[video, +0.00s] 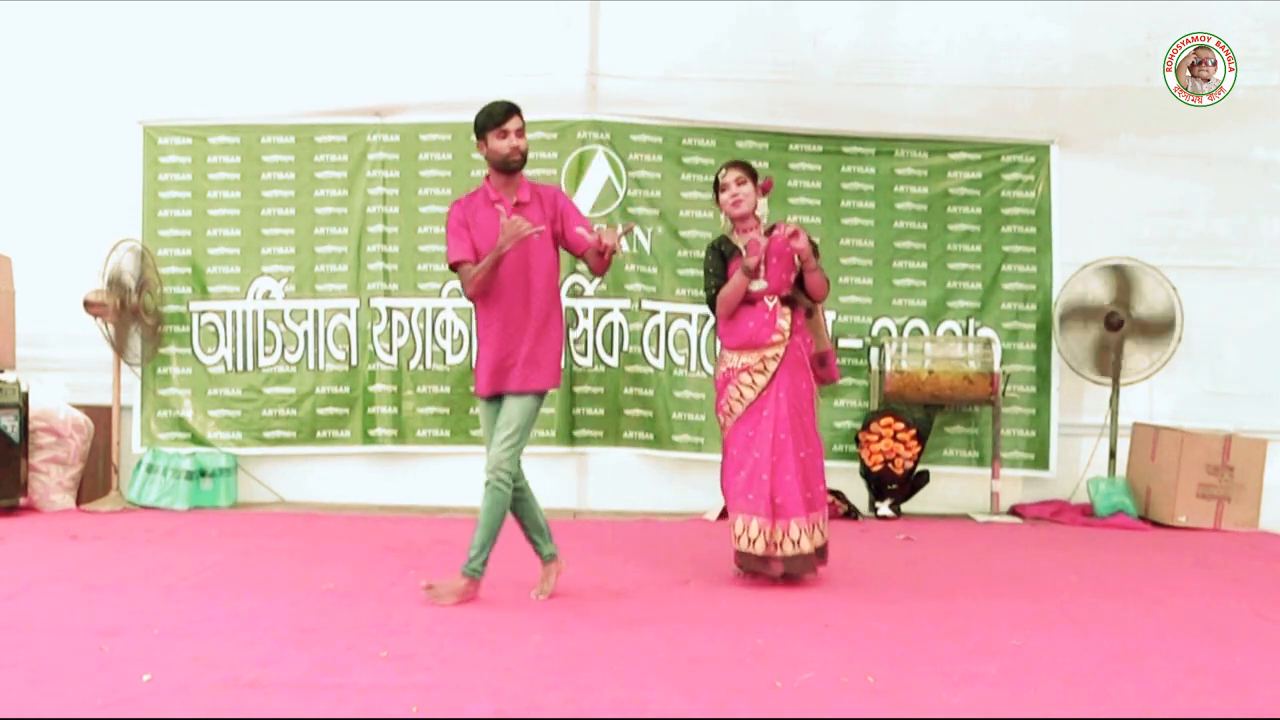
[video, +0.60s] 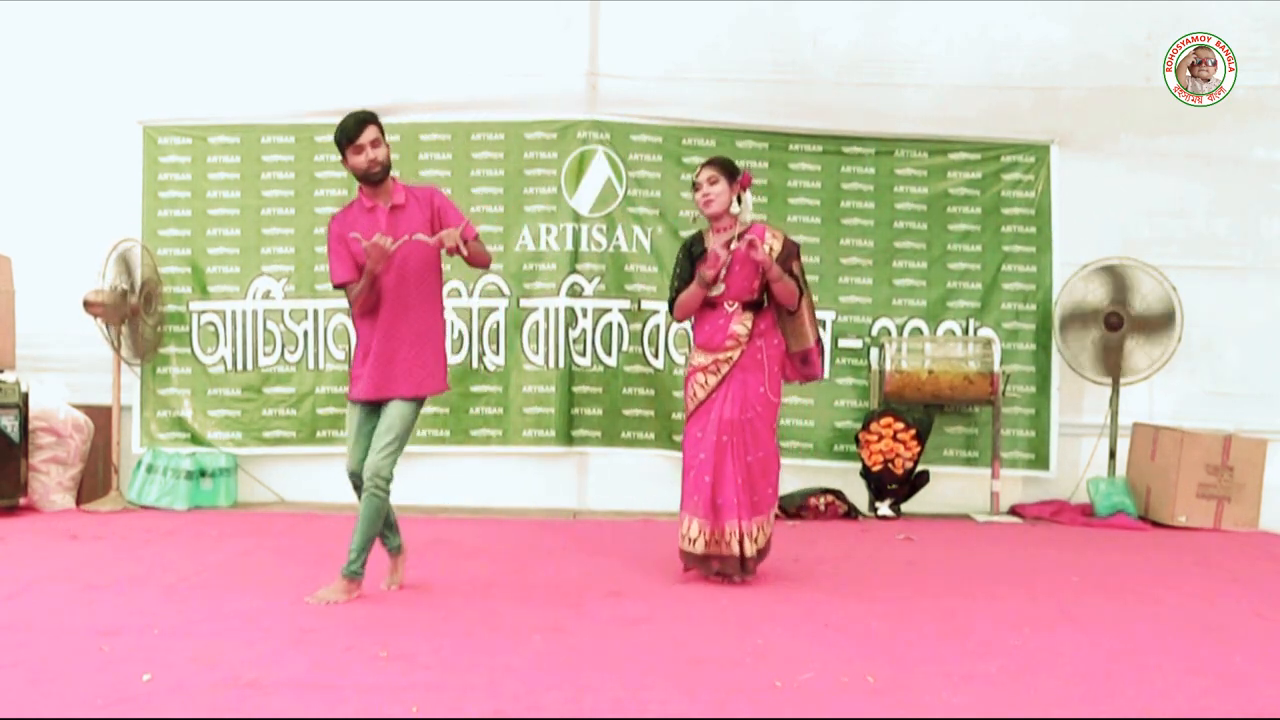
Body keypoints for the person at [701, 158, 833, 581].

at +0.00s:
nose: (732, 193)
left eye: (740, 184)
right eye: (724, 188)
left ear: (759, 190)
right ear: (719, 201)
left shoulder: (787, 238)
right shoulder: (720, 250)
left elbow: (819, 294)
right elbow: (721, 310)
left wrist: (806, 257)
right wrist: (746, 267)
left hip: (789, 355)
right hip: (743, 360)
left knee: (791, 446)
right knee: (750, 449)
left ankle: (794, 547)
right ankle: (755, 548)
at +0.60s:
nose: (704, 192)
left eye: (713, 184)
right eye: (698, 187)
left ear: (736, 188)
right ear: (695, 197)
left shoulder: (765, 239)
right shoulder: (695, 248)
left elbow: (793, 302)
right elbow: (679, 311)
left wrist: (769, 268)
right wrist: (703, 279)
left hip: (755, 351)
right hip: (709, 353)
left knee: (744, 438)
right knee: (706, 439)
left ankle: (742, 547)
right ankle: (712, 547)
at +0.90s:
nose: (654, 195)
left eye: (664, 188)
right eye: (650, 190)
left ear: (690, 194)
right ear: (646, 200)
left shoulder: (716, 233)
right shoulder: (651, 256)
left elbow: (757, 264)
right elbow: (649, 326)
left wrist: (719, 246)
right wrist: (662, 291)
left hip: (722, 345)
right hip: (677, 351)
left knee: (714, 436)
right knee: (673, 438)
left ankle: (719, 546)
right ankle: (682, 548)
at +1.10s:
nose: (625, 207)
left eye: (636, 200)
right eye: (622, 200)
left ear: (660, 208)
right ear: (618, 211)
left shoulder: (685, 243)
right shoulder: (626, 272)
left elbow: (717, 273)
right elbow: (628, 342)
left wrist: (680, 261)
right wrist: (634, 307)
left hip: (696, 351)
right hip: (655, 359)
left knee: (682, 437)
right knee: (632, 439)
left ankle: (687, 547)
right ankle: (644, 548)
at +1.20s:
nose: (616, 211)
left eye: (627, 205)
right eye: (613, 204)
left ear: (650, 214)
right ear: (609, 215)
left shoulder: (672, 249)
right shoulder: (616, 272)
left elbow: (696, 290)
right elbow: (615, 347)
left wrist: (653, 269)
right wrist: (616, 309)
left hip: (683, 358)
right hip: (644, 365)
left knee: (665, 441)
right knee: (613, 442)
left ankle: (675, 551)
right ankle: (629, 551)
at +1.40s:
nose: (587, 189)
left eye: (599, 184)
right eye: (585, 182)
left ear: (621, 196)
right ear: (579, 192)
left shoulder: (636, 234)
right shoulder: (582, 247)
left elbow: (635, 290)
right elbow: (571, 317)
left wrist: (593, 260)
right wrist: (568, 278)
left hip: (642, 341)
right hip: (606, 345)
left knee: (627, 429)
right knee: (592, 430)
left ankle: (646, 538)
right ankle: (604, 545)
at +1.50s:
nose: (574, 189)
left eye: (585, 183)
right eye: (570, 181)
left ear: (606, 195)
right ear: (562, 189)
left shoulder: (619, 238)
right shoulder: (564, 240)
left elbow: (618, 297)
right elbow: (552, 288)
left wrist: (580, 272)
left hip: (617, 342)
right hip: (578, 343)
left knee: (602, 433)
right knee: (570, 435)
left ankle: (617, 539)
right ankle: (576, 541)